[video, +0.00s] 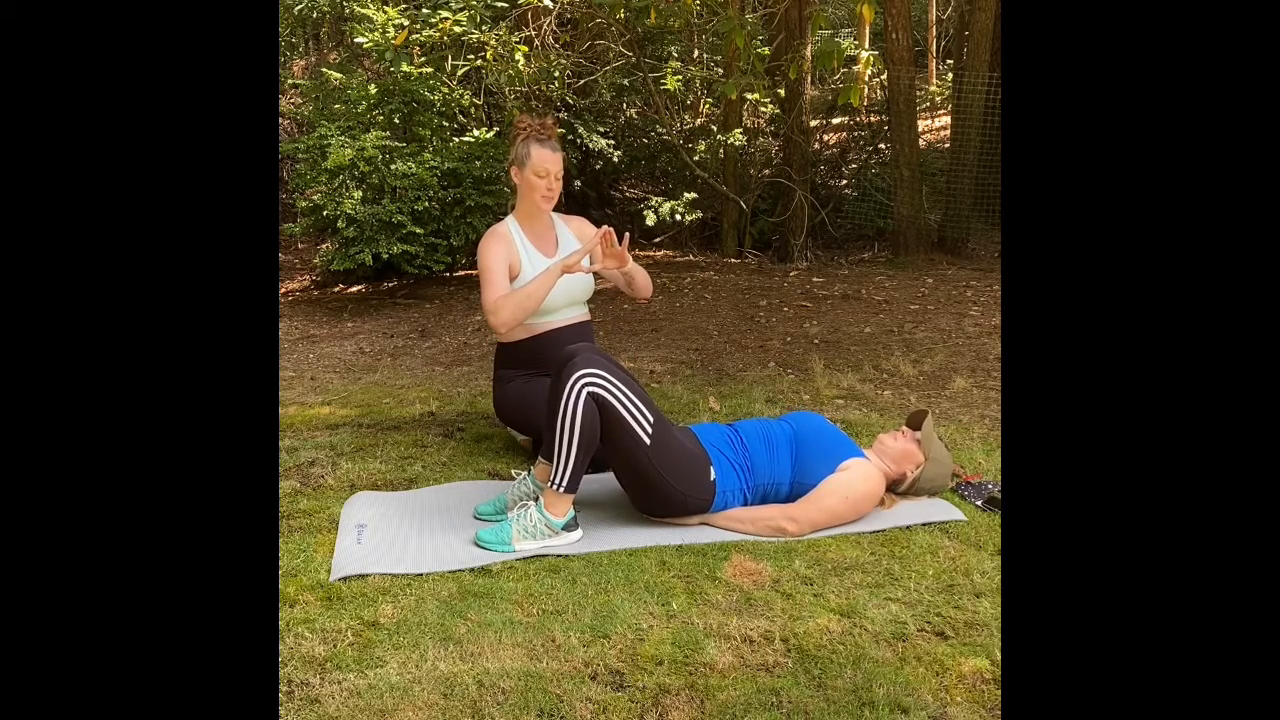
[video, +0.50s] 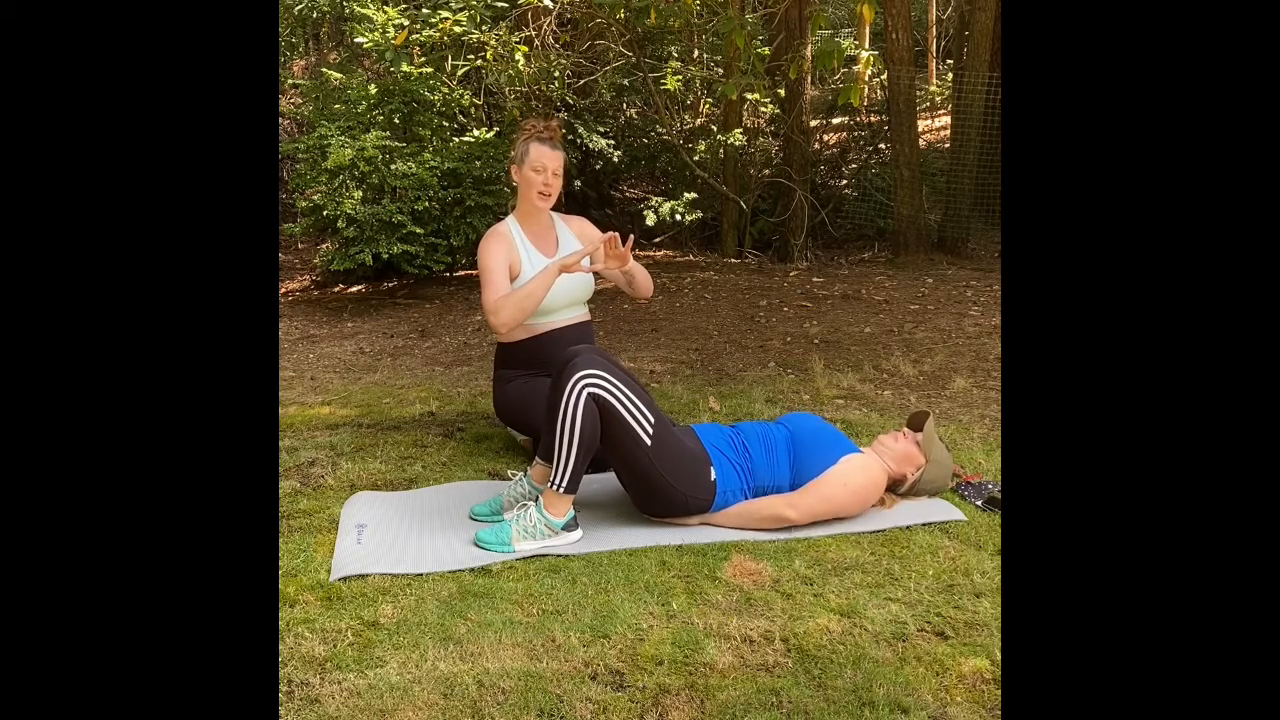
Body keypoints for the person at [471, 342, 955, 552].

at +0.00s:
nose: (899, 432)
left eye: (910, 440)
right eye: (908, 430)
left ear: (908, 471)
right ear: (898, 445)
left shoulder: (863, 478)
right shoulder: (846, 454)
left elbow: (794, 521)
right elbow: (776, 497)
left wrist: (707, 516)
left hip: (695, 483)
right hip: (681, 455)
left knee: (589, 374)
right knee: (590, 364)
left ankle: (554, 511)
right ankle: (542, 484)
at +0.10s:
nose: (898, 433)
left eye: (909, 440)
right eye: (906, 431)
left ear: (907, 471)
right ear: (896, 444)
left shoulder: (863, 478)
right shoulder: (846, 455)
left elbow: (794, 521)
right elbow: (775, 497)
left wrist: (707, 516)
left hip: (694, 482)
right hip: (680, 454)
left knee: (588, 375)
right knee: (590, 361)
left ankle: (554, 511)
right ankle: (541, 482)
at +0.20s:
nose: (899, 433)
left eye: (909, 440)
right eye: (907, 431)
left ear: (907, 471)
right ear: (895, 442)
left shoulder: (863, 476)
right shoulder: (845, 454)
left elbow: (791, 516)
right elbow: (774, 494)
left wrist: (707, 516)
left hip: (694, 482)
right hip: (680, 452)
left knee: (590, 372)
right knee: (589, 357)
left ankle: (555, 511)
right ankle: (539, 476)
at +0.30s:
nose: (899, 433)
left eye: (909, 440)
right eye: (907, 431)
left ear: (908, 470)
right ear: (896, 444)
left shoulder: (864, 474)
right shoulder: (848, 454)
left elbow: (789, 509)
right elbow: (774, 489)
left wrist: (707, 515)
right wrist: (707, 495)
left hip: (693, 480)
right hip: (679, 451)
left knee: (591, 374)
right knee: (591, 359)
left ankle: (554, 512)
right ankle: (538, 480)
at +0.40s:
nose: (900, 434)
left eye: (911, 441)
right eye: (908, 432)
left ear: (908, 471)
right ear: (897, 444)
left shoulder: (864, 474)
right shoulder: (850, 455)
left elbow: (789, 508)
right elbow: (775, 490)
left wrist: (709, 515)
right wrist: (709, 496)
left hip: (693, 481)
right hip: (679, 453)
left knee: (591, 377)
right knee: (591, 364)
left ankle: (555, 512)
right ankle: (539, 481)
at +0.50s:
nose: (900, 434)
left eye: (910, 441)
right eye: (908, 431)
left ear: (908, 470)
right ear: (899, 447)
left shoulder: (865, 474)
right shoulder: (852, 457)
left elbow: (792, 510)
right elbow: (777, 493)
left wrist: (709, 516)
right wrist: (709, 496)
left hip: (693, 481)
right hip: (680, 453)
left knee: (590, 376)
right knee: (590, 365)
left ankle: (554, 512)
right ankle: (539, 485)